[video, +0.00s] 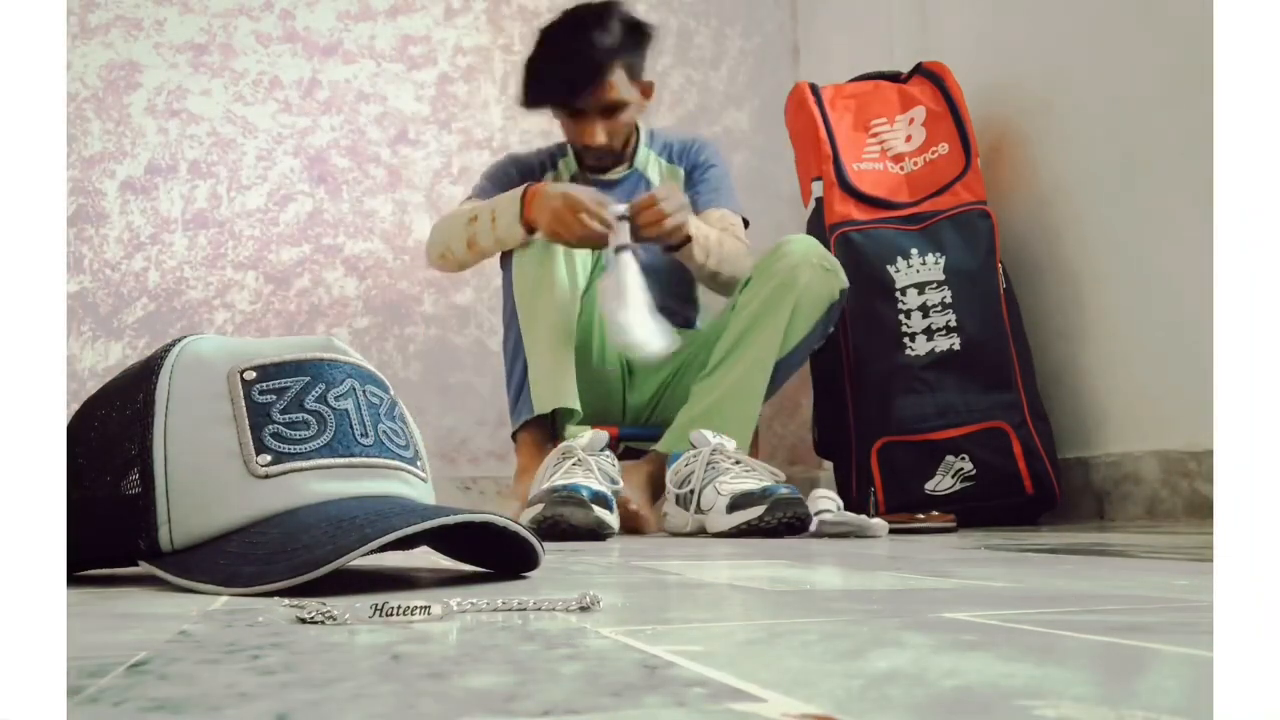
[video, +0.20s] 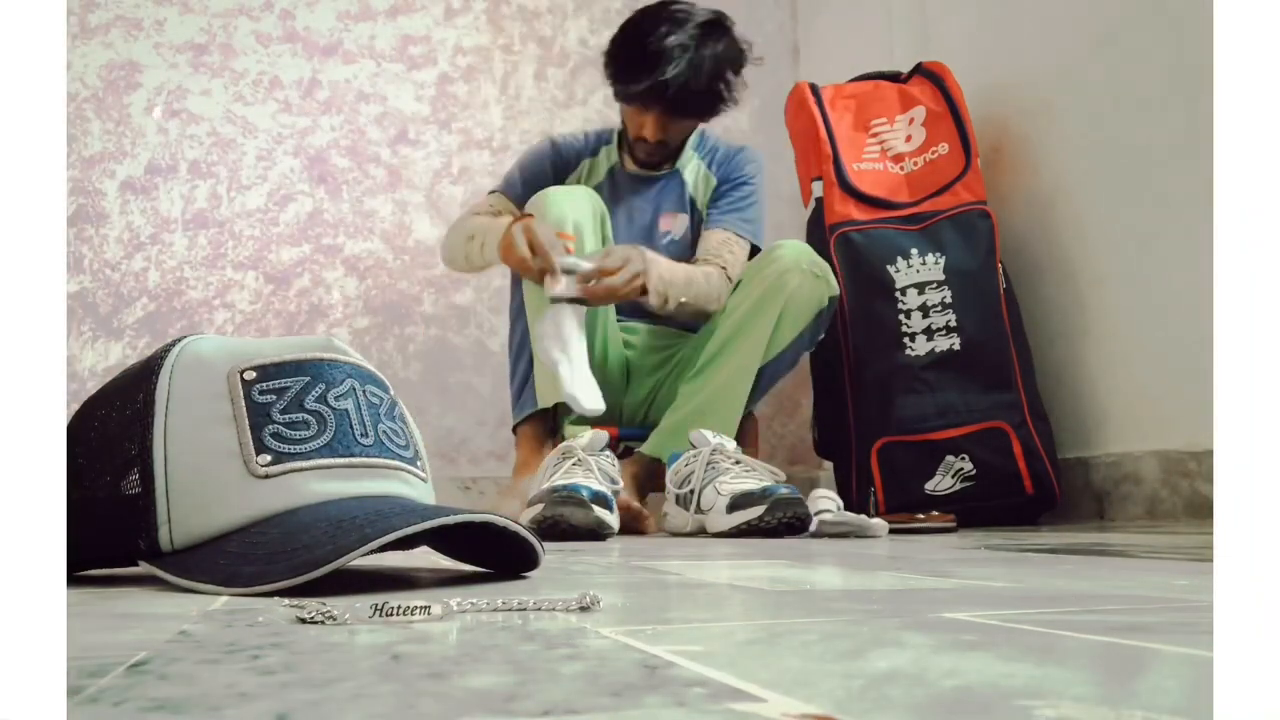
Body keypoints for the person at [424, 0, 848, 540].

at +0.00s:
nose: (594, 136)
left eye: (611, 112)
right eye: (574, 115)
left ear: (645, 96)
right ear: (555, 109)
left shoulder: (692, 161)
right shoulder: (526, 175)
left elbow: (735, 270)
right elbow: (442, 250)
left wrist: (684, 234)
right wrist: (530, 207)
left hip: (675, 378)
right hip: (578, 378)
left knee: (810, 260)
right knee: (540, 223)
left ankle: (675, 465)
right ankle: (551, 456)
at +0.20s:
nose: (651, 130)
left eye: (675, 114)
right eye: (638, 105)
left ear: (706, 110)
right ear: (618, 90)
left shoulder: (731, 168)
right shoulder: (561, 157)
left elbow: (718, 287)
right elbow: (458, 242)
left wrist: (649, 273)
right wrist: (506, 236)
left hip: (685, 369)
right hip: (587, 360)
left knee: (799, 266)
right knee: (563, 204)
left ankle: (644, 473)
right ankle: (569, 455)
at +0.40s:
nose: (657, 114)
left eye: (684, 99)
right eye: (647, 87)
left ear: (717, 102)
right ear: (625, 69)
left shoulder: (739, 170)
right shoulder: (563, 154)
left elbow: (712, 296)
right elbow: (495, 260)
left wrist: (615, 328)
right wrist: (481, 281)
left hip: (675, 381)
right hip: (583, 378)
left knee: (806, 271)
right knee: (567, 202)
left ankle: (654, 472)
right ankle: (543, 457)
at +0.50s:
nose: (642, 105)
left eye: (671, 89)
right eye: (632, 76)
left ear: (706, 97)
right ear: (610, 65)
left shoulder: (733, 167)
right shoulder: (554, 158)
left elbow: (701, 301)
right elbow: (493, 278)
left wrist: (596, 344)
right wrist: (488, 323)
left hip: (671, 383)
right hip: (577, 383)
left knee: (800, 267)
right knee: (559, 204)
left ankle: (660, 467)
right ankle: (570, 453)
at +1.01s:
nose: (619, 102)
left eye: (645, 86)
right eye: (607, 76)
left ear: (689, 92)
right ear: (589, 70)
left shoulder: (725, 173)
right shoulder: (541, 169)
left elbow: (676, 318)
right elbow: (493, 300)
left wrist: (571, 405)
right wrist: (486, 386)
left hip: (675, 378)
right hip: (577, 374)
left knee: (795, 264)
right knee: (542, 202)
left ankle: (649, 471)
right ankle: (565, 455)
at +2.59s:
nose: (660, 137)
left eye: (685, 123)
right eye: (651, 109)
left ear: (714, 119)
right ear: (627, 81)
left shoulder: (734, 175)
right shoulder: (563, 177)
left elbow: (699, 313)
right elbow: (505, 295)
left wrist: (598, 386)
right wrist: (484, 385)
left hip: (681, 376)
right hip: (582, 364)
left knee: (811, 269)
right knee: (537, 207)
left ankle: (644, 475)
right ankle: (517, 457)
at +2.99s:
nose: (672, 136)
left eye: (694, 125)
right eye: (663, 112)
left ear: (724, 117)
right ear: (637, 84)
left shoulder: (745, 187)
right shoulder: (569, 173)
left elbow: (709, 315)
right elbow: (508, 287)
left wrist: (609, 386)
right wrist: (486, 372)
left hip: (689, 376)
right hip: (587, 363)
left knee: (827, 279)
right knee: (550, 210)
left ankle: (655, 475)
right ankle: (524, 464)